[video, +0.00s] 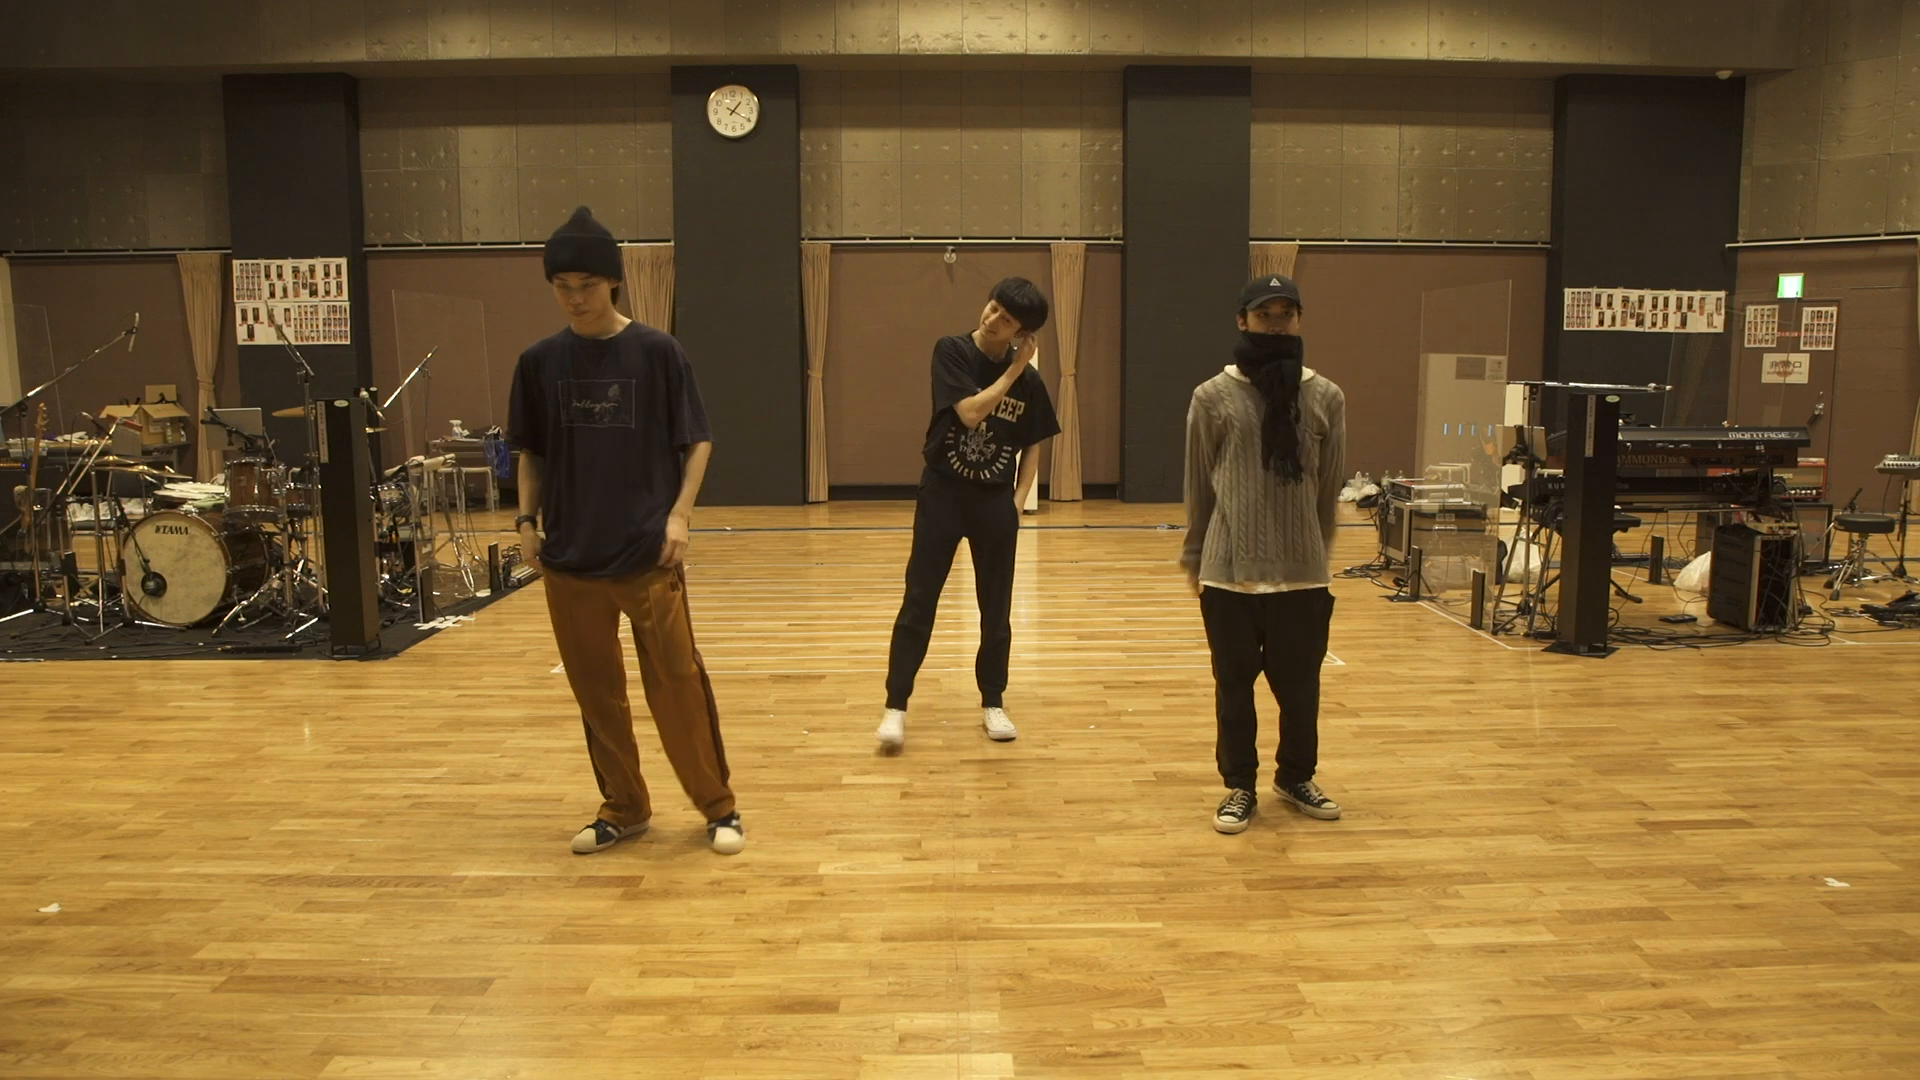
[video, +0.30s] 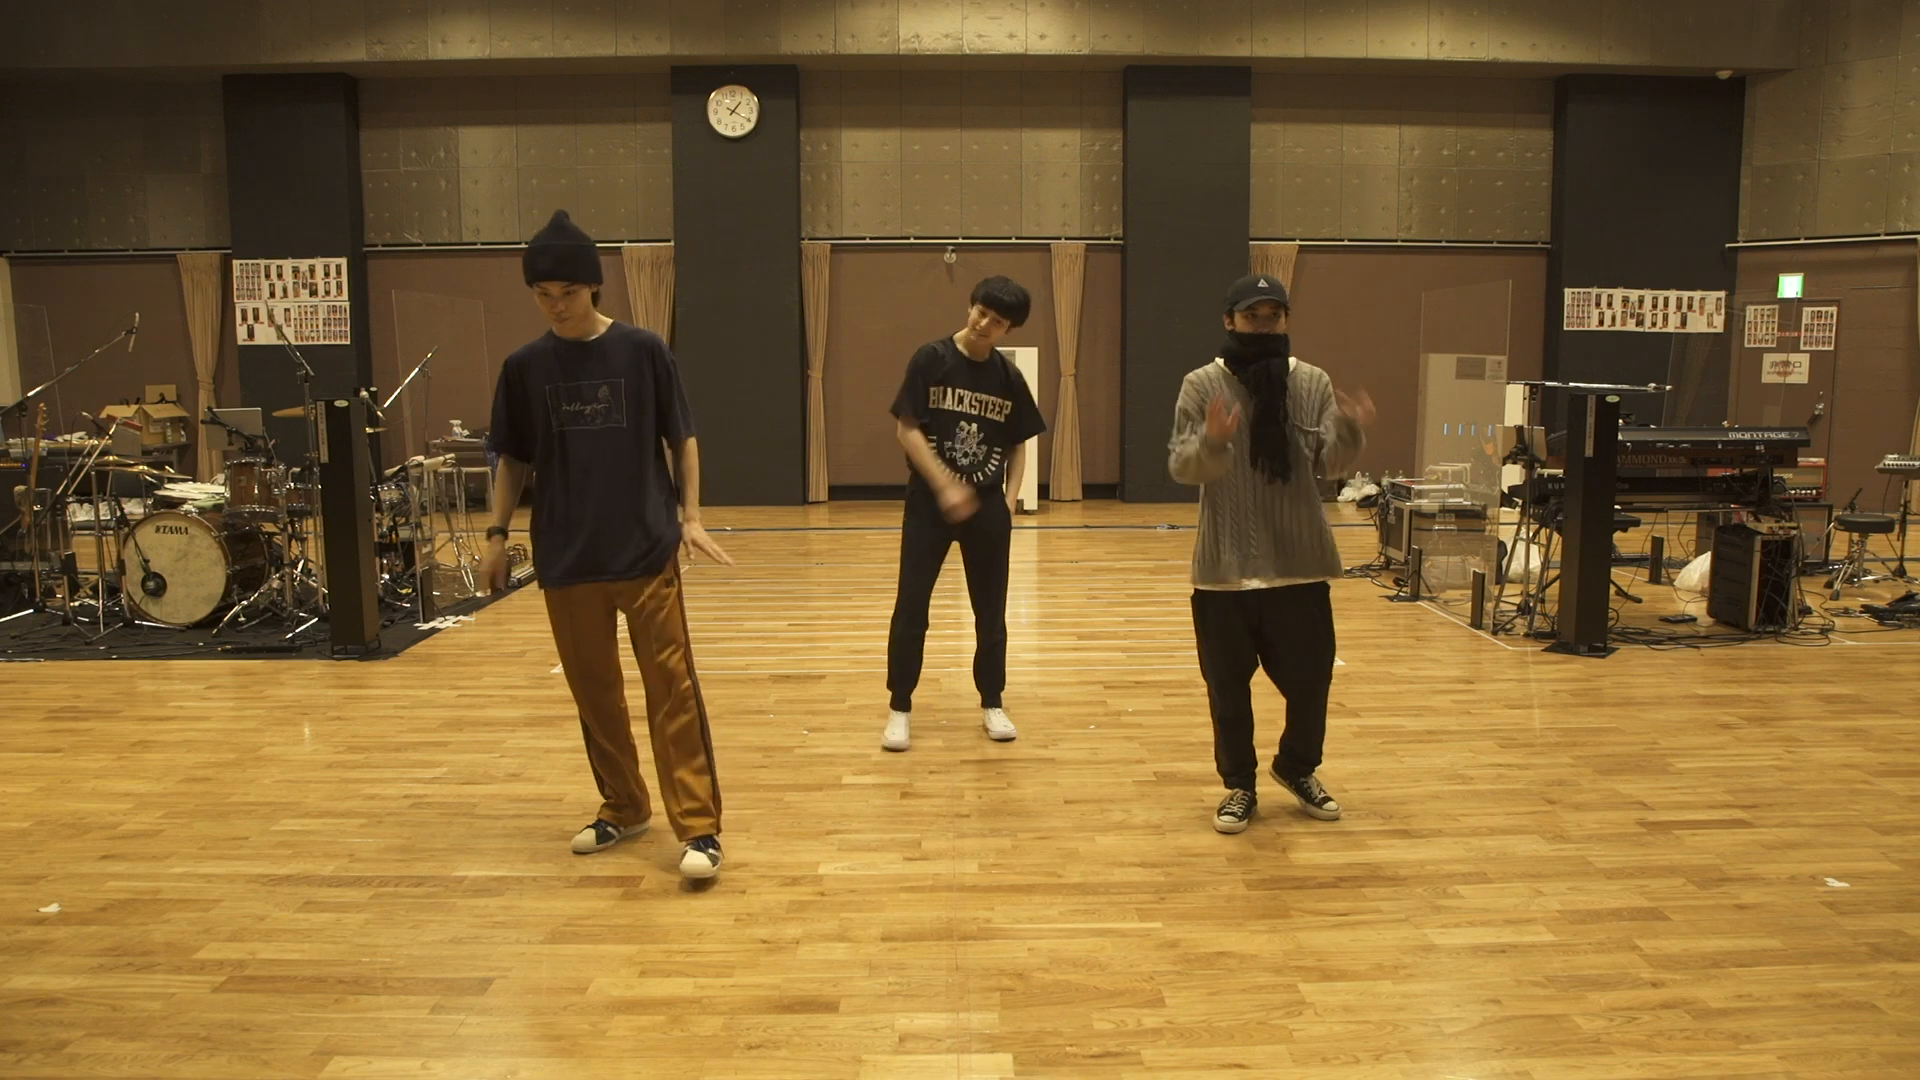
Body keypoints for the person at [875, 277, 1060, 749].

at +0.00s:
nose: (993, 319)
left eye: (1006, 320)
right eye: (995, 308)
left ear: (1022, 332)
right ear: (986, 303)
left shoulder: (1028, 380)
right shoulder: (952, 351)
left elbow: (1034, 442)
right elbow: (968, 414)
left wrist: (1019, 499)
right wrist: (1015, 369)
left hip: (996, 502)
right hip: (942, 495)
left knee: (996, 608)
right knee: (919, 601)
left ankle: (994, 705)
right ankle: (895, 708)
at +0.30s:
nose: (983, 323)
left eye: (995, 321)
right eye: (981, 312)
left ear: (1009, 329)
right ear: (971, 306)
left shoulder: (1009, 377)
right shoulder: (930, 359)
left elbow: (1018, 443)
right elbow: (906, 429)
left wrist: (1009, 496)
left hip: (987, 504)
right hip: (929, 500)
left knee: (991, 609)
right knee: (912, 603)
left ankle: (993, 705)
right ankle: (899, 709)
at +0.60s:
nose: (961, 309)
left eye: (968, 305)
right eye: (954, 298)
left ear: (971, 315)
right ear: (928, 297)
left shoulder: (970, 371)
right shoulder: (884, 362)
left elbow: (976, 439)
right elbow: (836, 416)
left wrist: (982, 496)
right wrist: (822, 488)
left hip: (964, 505)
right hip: (907, 508)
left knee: (990, 608)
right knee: (901, 615)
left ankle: (990, 701)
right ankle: (900, 713)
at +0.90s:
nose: (904, 292)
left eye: (911, 287)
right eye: (893, 286)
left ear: (921, 303)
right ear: (873, 301)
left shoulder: (946, 360)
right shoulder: (859, 372)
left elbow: (971, 428)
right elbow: (839, 446)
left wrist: (970, 498)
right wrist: (826, 516)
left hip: (947, 501)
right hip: (890, 506)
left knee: (978, 604)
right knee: (892, 616)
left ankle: (1007, 704)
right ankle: (899, 713)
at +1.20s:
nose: (876, 296)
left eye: (883, 289)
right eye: (866, 295)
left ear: (903, 302)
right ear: (860, 319)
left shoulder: (943, 355)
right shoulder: (863, 381)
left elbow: (965, 427)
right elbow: (867, 456)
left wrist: (961, 498)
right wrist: (882, 516)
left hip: (948, 499)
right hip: (896, 507)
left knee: (975, 598)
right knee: (896, 613)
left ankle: (997, 691)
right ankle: (899, 712)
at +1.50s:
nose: (925, 301)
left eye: (930, 293)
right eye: (914, 300)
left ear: (948, 302)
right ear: (906, 321)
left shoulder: (989, 363)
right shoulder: (901, 380)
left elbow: (1005, 428)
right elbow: (878, 449)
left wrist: (998, 495)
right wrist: (865, 518)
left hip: (979, 503)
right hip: (925, 506)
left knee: (983, 603)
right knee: (913, 608)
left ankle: (986, 695)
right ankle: (902, 713)